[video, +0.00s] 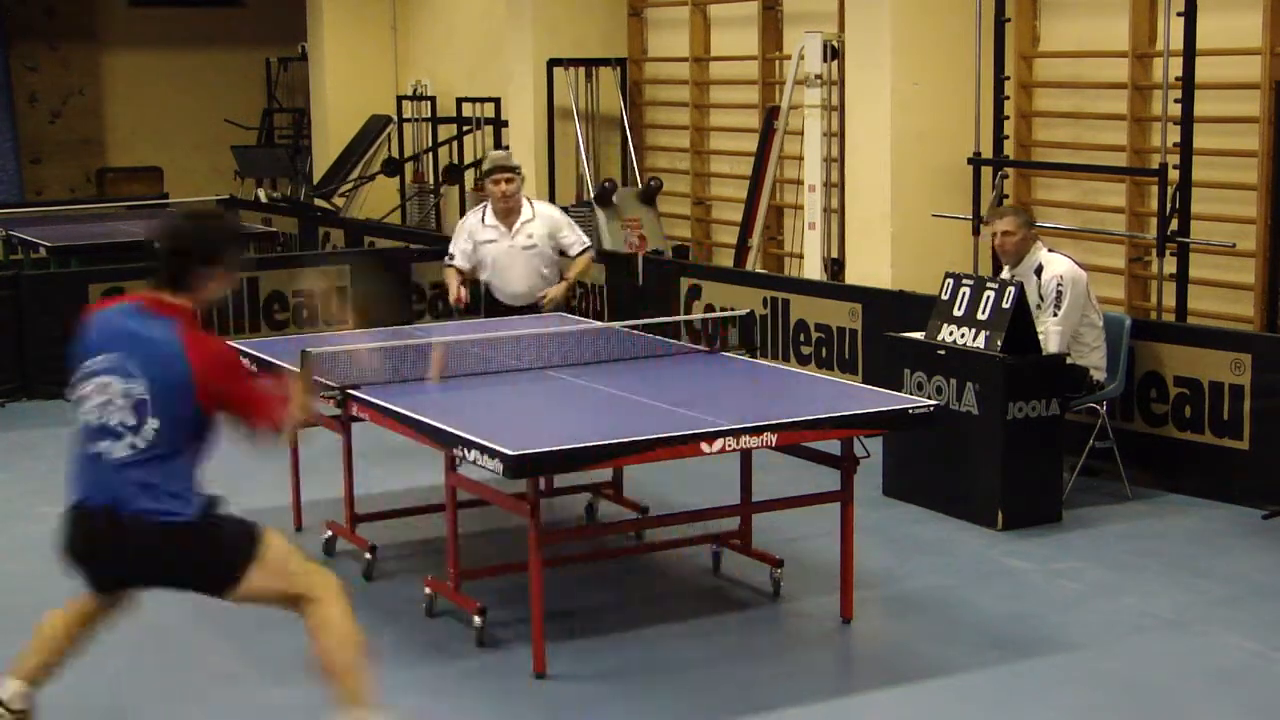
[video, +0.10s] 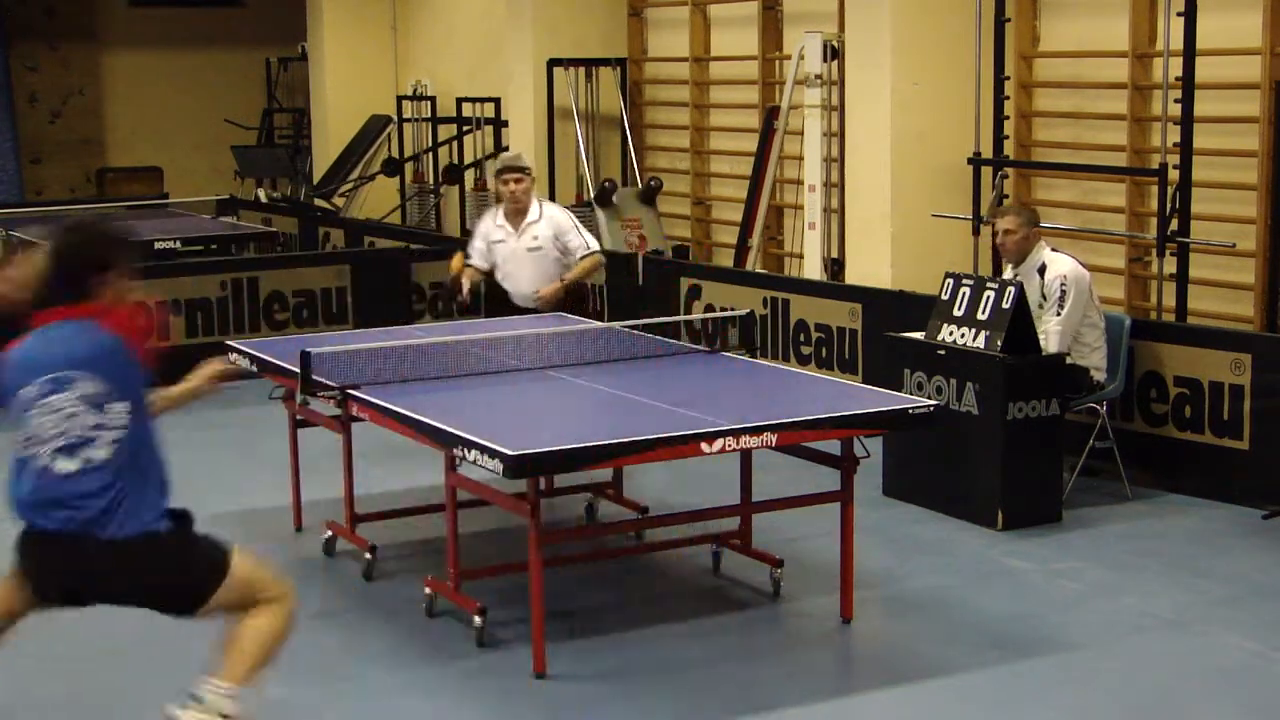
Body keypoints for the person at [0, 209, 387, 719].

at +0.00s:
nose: (230, 283)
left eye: (232, 271)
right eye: (228, 271)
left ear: (167, 262)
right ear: (207, 274)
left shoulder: (97, 320)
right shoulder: (197, 349)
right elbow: (278, 415)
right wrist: (299, 393)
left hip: (90, 530)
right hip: (169, 534)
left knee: (108, 596)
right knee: (318, 588)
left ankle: (14, 693)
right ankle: (361, 710)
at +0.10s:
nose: (131, 290)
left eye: (129, 277)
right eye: (124, 277)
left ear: (58, 279)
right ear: (101, 282)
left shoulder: (16, 358)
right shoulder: (109, 344)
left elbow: (99, 416)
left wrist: (187, 388)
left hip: (49, 557)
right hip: (135, 552)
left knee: (7, 604)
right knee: (273, 596)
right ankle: (215, 699)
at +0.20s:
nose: (26, 308)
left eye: (17, 300)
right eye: (26, 300)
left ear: (14, 311)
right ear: (22, 308)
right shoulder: (68, 360)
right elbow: (73, 451)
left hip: (13, 568)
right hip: (94, 556)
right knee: (210, 622)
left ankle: (189, 705)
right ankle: (189, 704)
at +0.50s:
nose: (79, 230)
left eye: (72, 221)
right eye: (78, 223)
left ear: (6, 231)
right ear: (71, 234)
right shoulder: (100, 308)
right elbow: (168, 421)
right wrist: (124, 383)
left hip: (4, 505)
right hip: (56, 510)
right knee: (182, 604)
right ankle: (176, 716)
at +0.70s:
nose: (135, 255)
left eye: (133, 244)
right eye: (135, 245)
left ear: (55, 242)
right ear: (123, 254)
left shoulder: (4, 311)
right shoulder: (118, 335)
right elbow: (187, 458)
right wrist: (214, 400)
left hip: (1, 541)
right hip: (75, 546)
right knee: (190, 696)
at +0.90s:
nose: (211, 192)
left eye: (209, 179)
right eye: (212, 180)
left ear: (130, 174)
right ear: (199, 189)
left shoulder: (68, 260)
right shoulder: (193, 267)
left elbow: (22, 373)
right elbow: (248, 400)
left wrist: (96, 362)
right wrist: (270, 368)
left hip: (76, 501)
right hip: (166, 506)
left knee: (66, 660)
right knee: (217, 682)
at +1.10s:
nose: (286, 187)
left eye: (286, 173)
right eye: (285, 175)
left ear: (206, 171)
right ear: (271, 183)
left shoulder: (132, 249)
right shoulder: (254, 271)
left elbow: (85, 375)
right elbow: (267, 418)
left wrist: (155, 422)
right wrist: (323, 440)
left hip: (152, 502)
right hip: (241, 505)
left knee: (172, 684)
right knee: (323, 677)